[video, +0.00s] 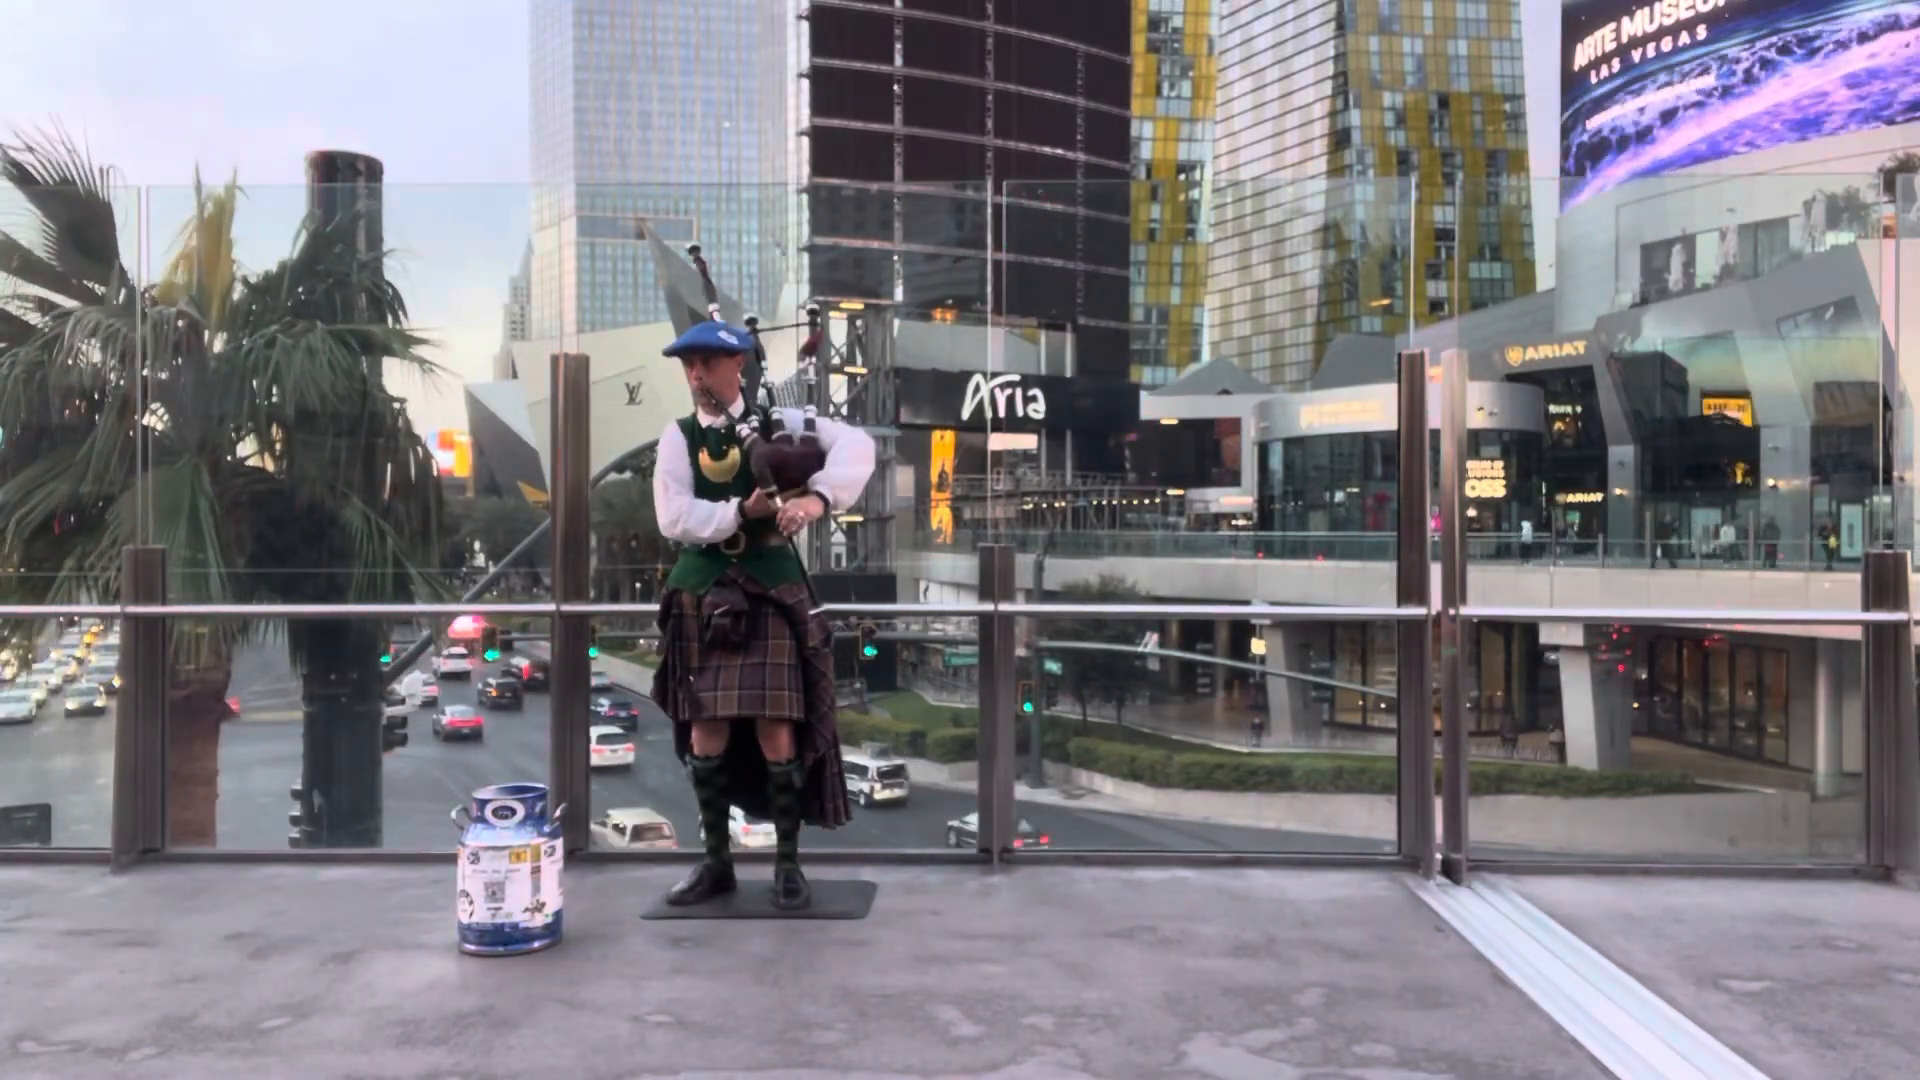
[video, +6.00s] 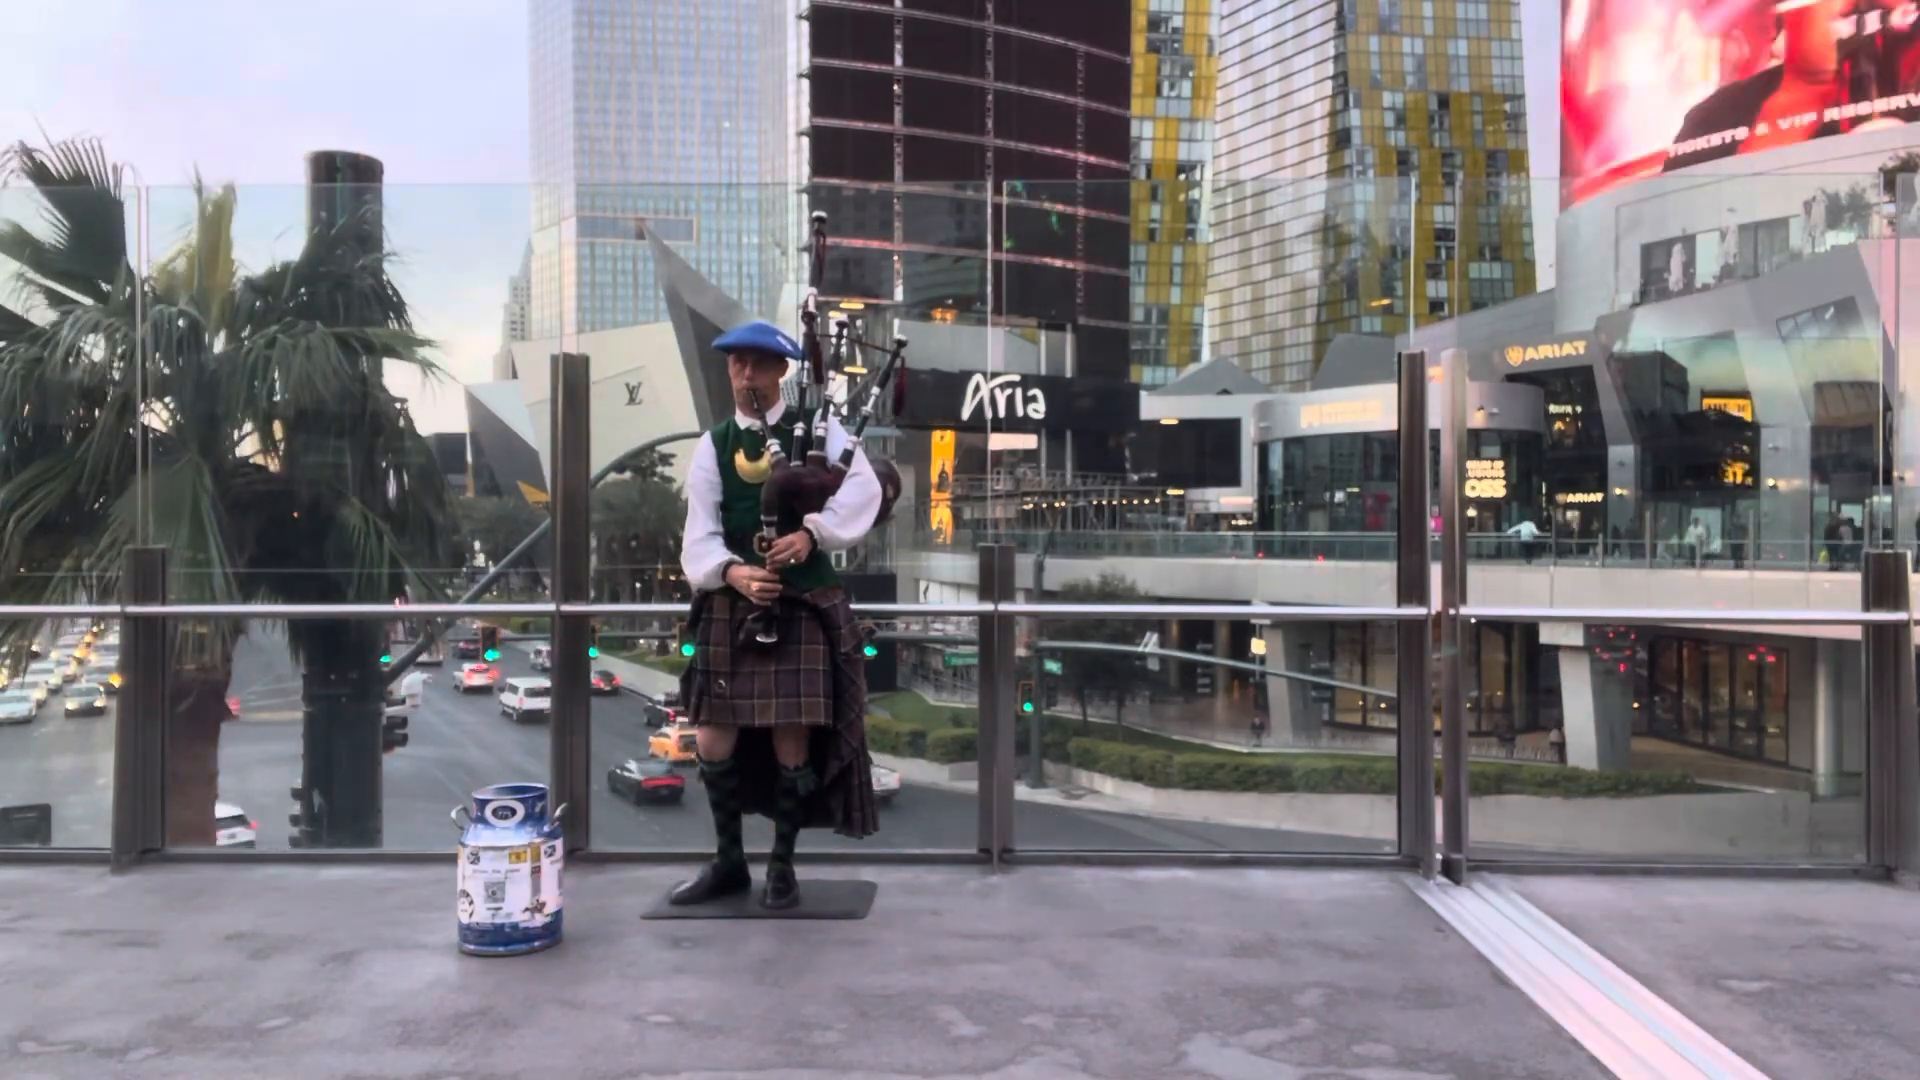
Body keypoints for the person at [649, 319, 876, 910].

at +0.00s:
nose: (698, 373)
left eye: (710, 361)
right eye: (690, 363)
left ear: (739, 364)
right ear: (684, 370)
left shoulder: (779, 422)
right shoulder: (678, 436)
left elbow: (858, 443)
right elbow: (672, 515)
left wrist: (820, 497)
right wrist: (741, 512)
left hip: (774, 586)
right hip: (703, 588)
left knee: (776, 728)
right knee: (706, 728)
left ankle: (787, 866)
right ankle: (717, 863)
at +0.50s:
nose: (677, 373)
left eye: (689, 361)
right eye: (667, 363)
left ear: (717, 365)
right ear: (658, 372)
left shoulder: (760, 429)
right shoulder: (649, 445)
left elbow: (808, 481)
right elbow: (625, 531)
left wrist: (764, 522)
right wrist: (677, 538)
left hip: (756, 594)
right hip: (684, 599)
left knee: (766, 726)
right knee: (697, 729)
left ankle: (786, 863)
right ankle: (715, 863)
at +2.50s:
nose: (742, 374)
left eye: (755, 362)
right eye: (733, 362)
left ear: (780, 370)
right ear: (721, 371)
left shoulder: (814, 430)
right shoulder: (704, 444)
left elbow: (860, 485)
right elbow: (684, 531)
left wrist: (811, 526)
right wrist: (726, 565)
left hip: (798, 597)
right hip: (725, 596)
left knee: (788, 728)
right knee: (708, 729)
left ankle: (781, 863)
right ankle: (722, 861)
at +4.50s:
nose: (747, 374)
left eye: (760, 363)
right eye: (739, 362)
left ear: (784, 371)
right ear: (727, 371)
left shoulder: (819, 428)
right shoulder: (712, 445)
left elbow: (861, 487)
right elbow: (691, 530)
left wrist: (811, 532)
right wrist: (727, 567)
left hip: (802, 596)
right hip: (730, 594)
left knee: (789, 728)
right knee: (713, 730)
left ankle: (781, 863)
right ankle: (725, 862)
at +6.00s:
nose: (746, 374)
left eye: (759, 363)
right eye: (738, 363)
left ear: (784, 371)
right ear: (727, 372)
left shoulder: (819, 429)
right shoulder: (714, 444)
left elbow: (865, 488)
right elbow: (699, 532)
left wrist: (814, 533)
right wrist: (730, 570)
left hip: (802, 599)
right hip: (730, 597)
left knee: (790, 731)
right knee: (712, 732)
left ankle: (782, 866)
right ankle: (729, 861)